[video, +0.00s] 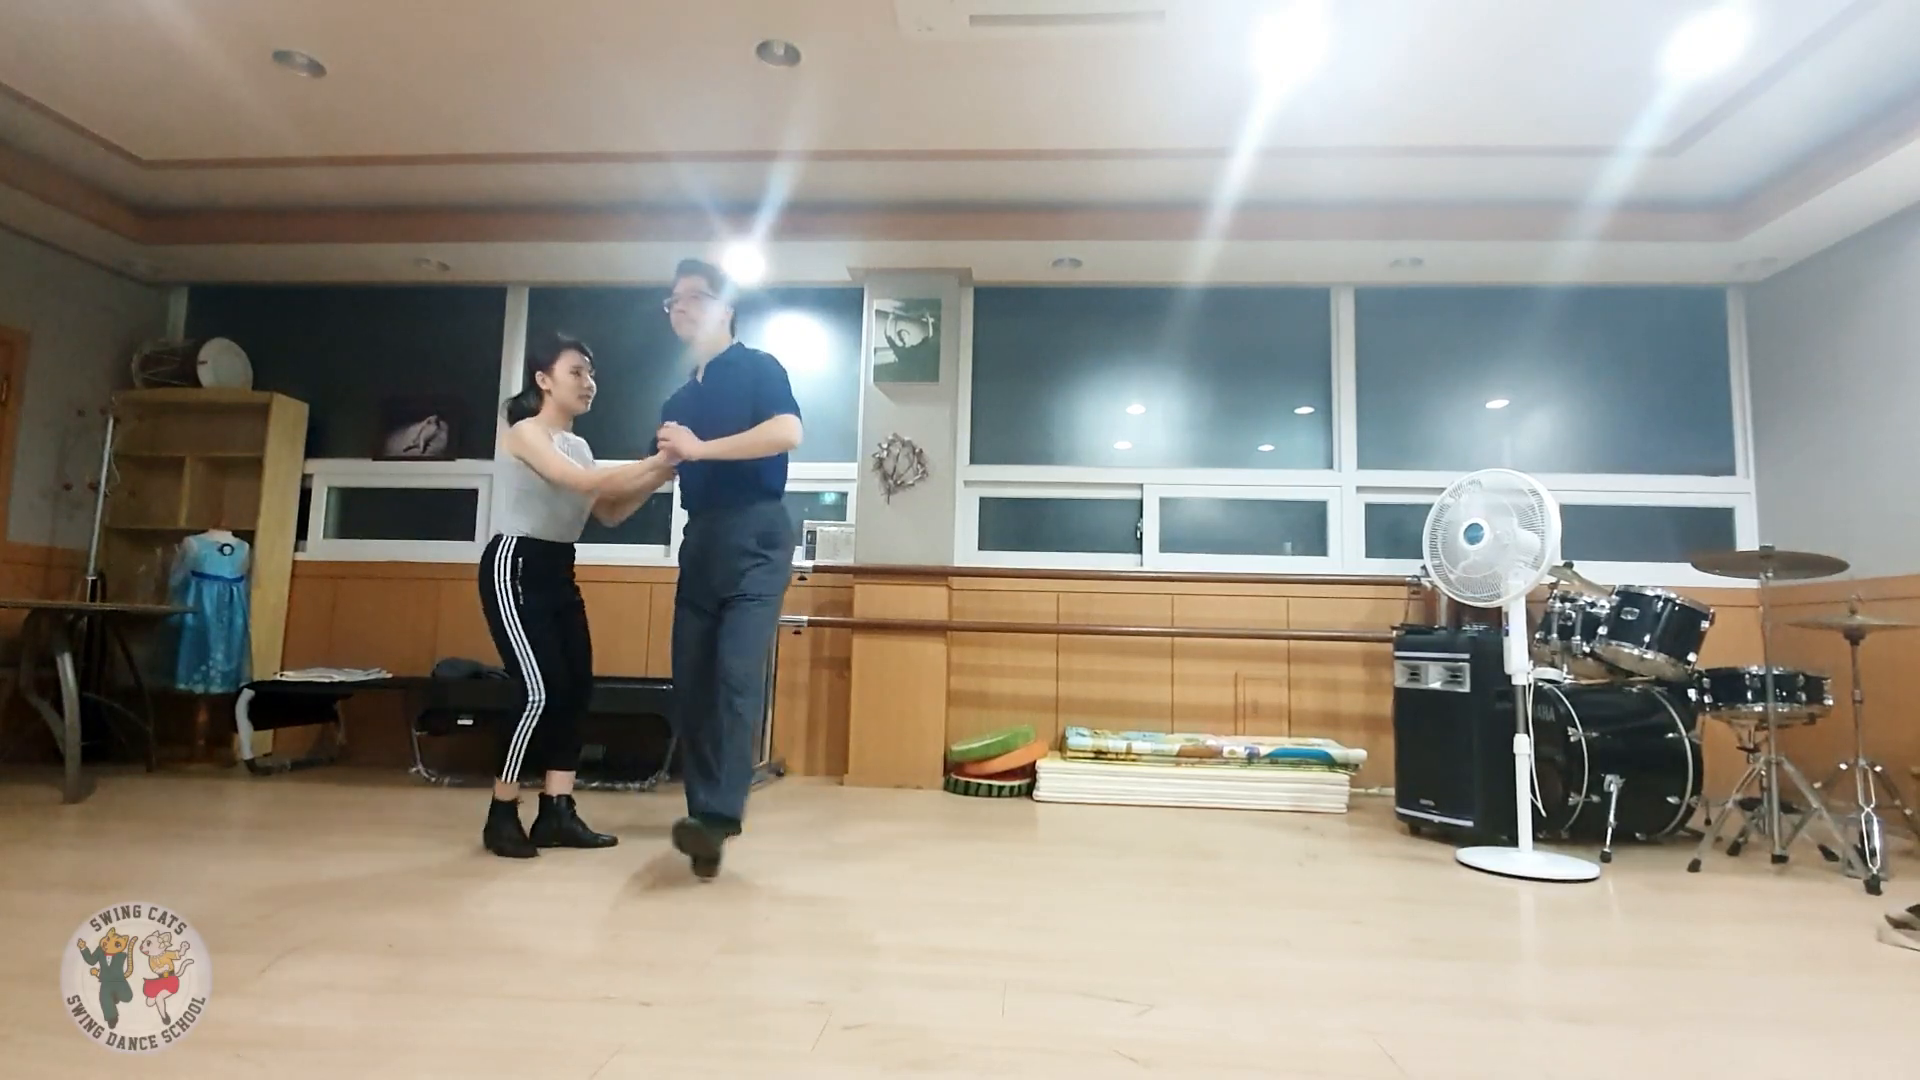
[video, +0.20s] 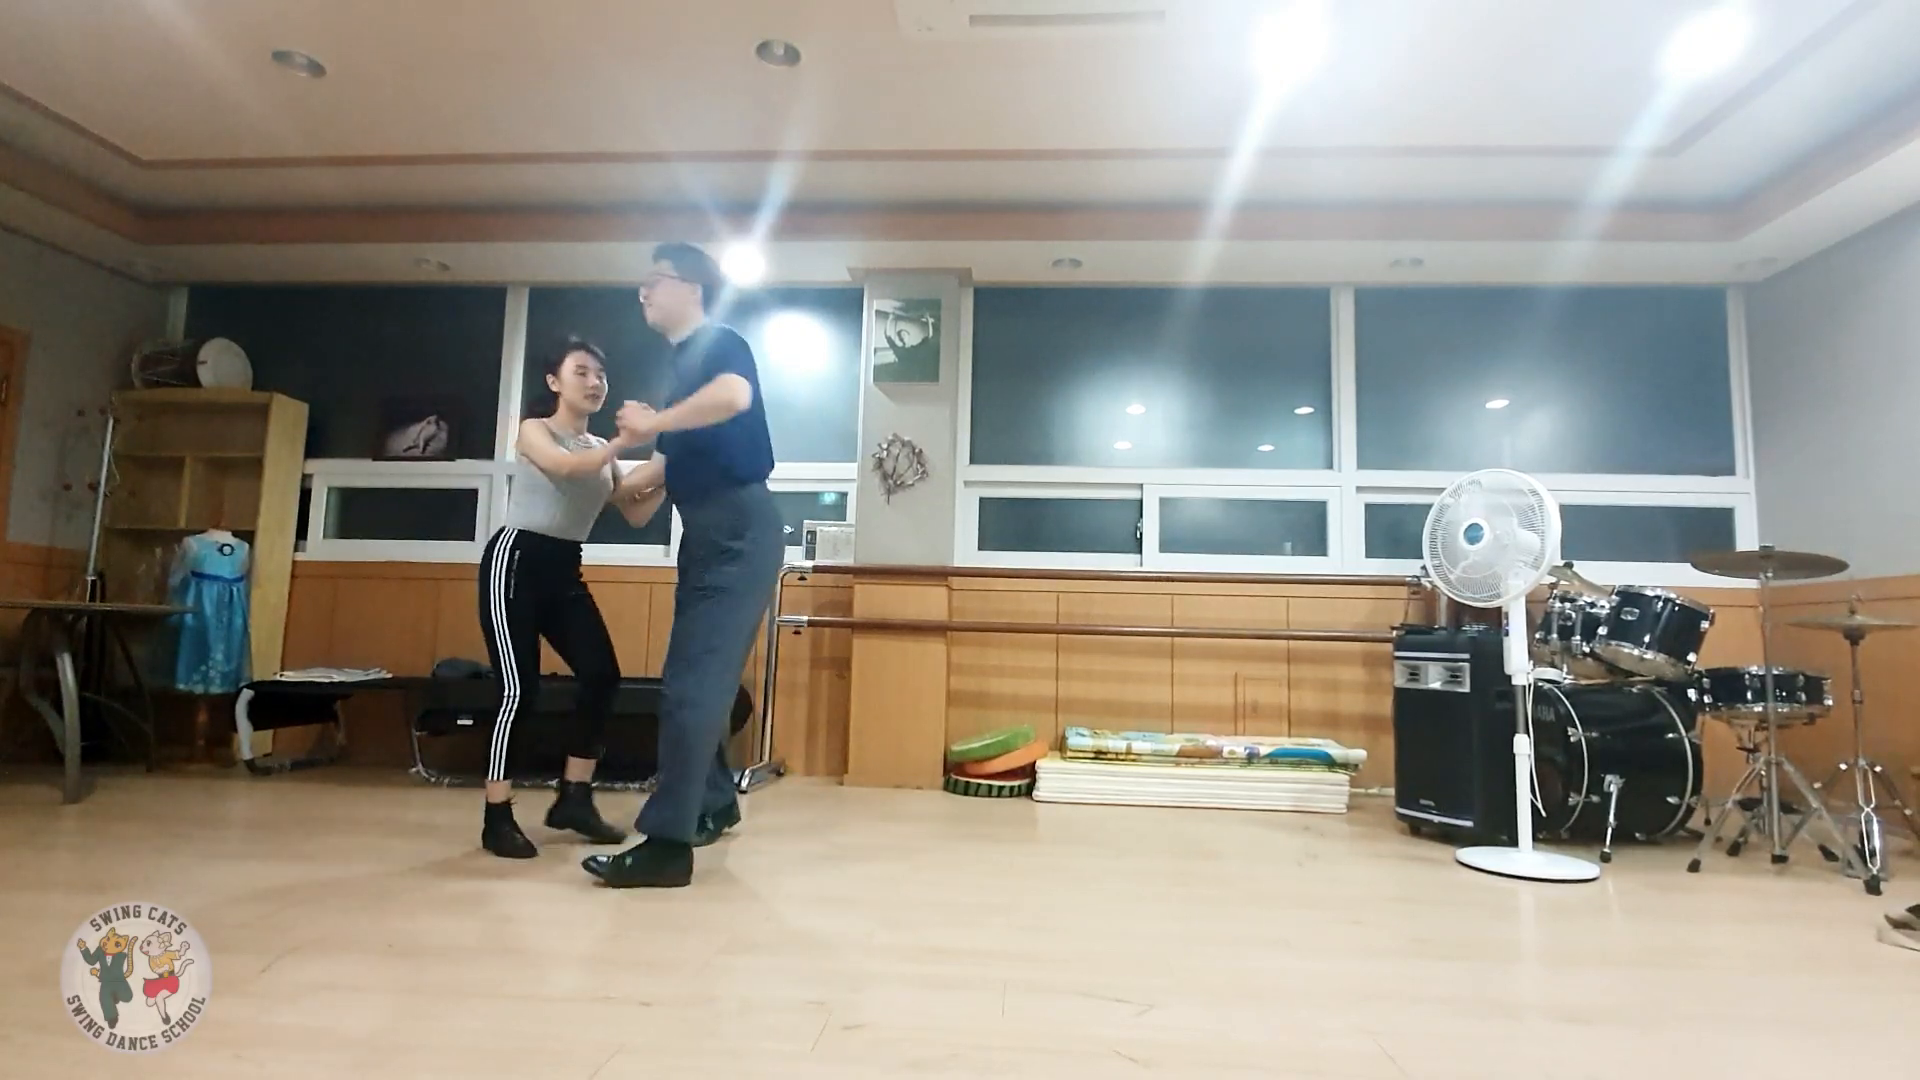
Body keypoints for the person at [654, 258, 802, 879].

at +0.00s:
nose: (678, 309)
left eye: (692, 299)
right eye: (675, 301)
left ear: (725, 308)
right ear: (675, 313)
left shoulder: (758, 366)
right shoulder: (677, 403)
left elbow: (787, 432)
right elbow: (660, 469)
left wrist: (701, 449)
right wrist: (611, 494)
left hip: (758, 535)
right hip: (703, 540)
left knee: (738, 672)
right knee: (692, 677)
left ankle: (717, 819)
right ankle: (708, 811)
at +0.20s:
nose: (643, 296)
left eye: (653, 284)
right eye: (644, 287)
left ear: (691, 288)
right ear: (677, 294)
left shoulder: (718, 341)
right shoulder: (684, 365)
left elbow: (734, 395)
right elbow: (690, 461)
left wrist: (656, 423)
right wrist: (638, 483)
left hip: (737, 524)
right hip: (709, 527)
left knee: (692, 680)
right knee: (695, 677)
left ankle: (668, 845)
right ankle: (715, 799)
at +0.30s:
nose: (622, 285)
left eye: (634, 272)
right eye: (625, 274)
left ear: (671, 280)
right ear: (668, 284)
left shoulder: (692, 329)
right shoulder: (683, 343)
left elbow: (679, 375)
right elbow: (716, 448)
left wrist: (609, 412)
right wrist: (649, 484)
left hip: (717, 521)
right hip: (716, 520)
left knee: (672, 676)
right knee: (710, 668)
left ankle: (664, 846)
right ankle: (721, 794)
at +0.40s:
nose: (609, 278)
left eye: (617, 267)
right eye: (613, 267)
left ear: (642, 274)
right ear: (663, 280)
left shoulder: (650, 317)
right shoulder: (682, 330)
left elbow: (615, 360)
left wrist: (577, 405)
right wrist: (605, 410)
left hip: (688, 520)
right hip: (724, 515)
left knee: (650, 680)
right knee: (728, 670)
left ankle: (661, 849)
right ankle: (755, 802)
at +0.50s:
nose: (601, 284)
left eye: (604, 274)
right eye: (605, 276)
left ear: (619, 273)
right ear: (668, 281)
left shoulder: (618, 315)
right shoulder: (688, 343)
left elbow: (555, 360)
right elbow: (657, 432)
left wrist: (549, 434)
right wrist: (580, 449)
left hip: (663, 508)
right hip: (713, 504)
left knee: (634, 682)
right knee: (723, 683)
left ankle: (654, 849)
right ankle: (784, 817)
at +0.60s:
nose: (607, 277)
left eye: (606, 267)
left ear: (605, 270)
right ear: (664, 275)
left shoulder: (584, 315)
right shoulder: (690, 346)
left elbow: (511, 358)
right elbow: (711, 446)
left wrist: (539, 429)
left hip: (630, 497)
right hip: (700, 498)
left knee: (610, 678)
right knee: (714, 678)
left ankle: (653, 850)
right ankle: (753, 821)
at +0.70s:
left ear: (596, 261)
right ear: (657, 272)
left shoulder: (560, 308)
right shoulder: (688, 342)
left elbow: (475, 359)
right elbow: (721, 447)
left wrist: (513, 415)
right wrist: (731, 472)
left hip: (602, 495)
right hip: (681, 500)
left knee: (599, 680)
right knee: (676, 679)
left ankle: (639, 845)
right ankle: (661, 824)